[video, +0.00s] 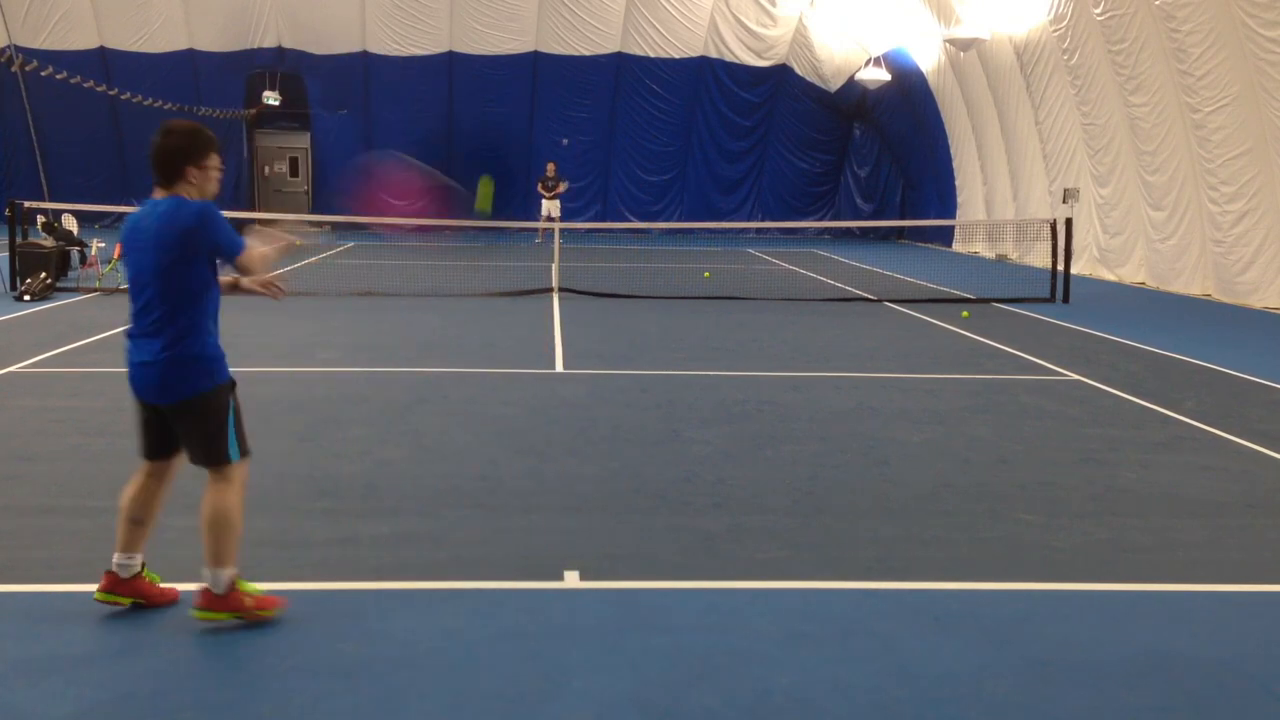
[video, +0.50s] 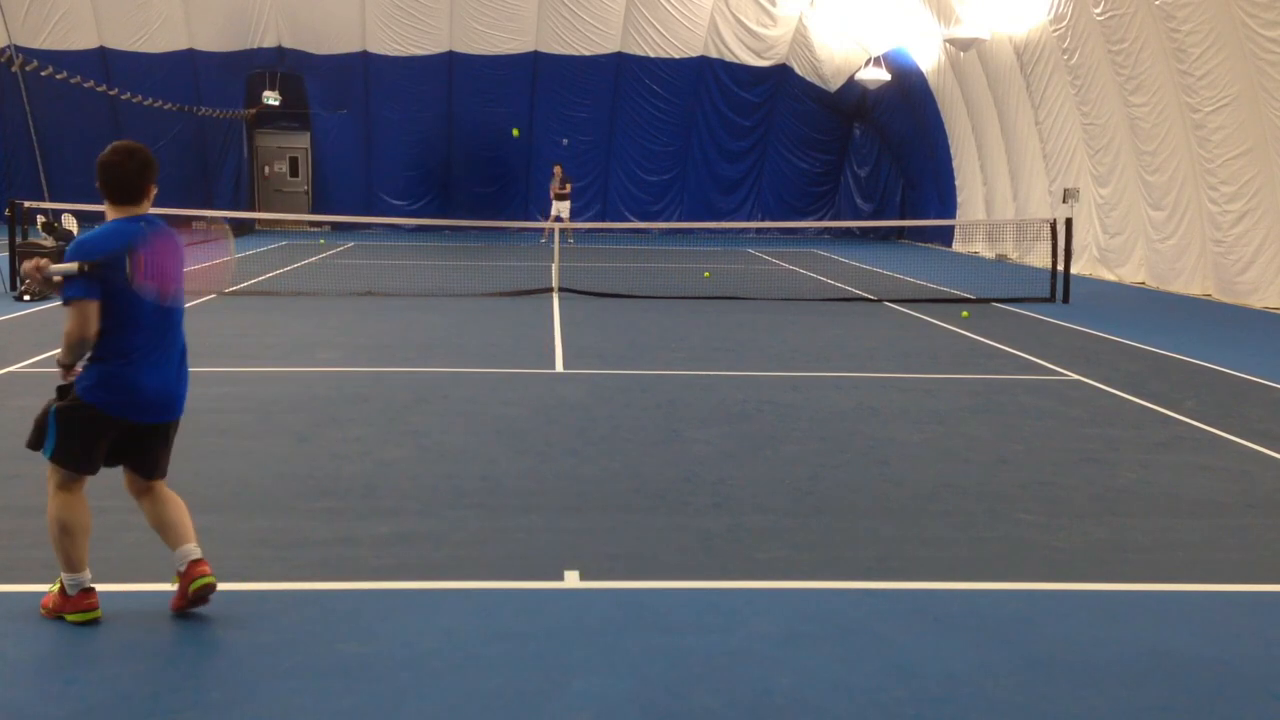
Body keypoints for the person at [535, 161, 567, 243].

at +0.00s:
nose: (550, 168)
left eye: (552, 166)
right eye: (548, 166)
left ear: (554, 168)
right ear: (546, 167)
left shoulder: (558, 178)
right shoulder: (543, 178)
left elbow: (561, 188)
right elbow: (539, 188)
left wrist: (553, 193)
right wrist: (546, 194)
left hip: (555, 200)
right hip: (545, 200)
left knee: (557, 219)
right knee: (543, 218)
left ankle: (557, 237)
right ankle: (540, 237)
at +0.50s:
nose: (556, 171)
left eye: (558, 169)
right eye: (555, 169)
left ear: (561, 170)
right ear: (553, 171)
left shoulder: (566, 179)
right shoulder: (553, 180)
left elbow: (568, 190)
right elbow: (551, 188)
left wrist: (557, 191)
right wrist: (552, 194)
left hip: (565, 201)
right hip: (556, 200)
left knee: (566, 219)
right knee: (552, 218)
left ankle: (570, 237)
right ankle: (545, 236)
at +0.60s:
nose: (558, 171)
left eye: (559, 169)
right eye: (556, 169)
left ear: (563, 169)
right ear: (555, 170)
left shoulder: (567, 178)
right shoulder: (556, 179)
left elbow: (566, 189)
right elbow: (555, 191)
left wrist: (555, 186)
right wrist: (552, 189)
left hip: (568, 200)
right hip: (560, 199)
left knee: (567, 219)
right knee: (556, 218)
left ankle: (570, 237)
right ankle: (552, 236)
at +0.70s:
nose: (558, 170)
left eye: (560, 168)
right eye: (557, 168)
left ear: (563, 168)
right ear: (556, 169)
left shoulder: (567, 176)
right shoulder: (559, 177)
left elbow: (561, 185)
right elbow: (555, 188)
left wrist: (551, 180)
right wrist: (548, 181)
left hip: (571, 198)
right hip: (563, 198)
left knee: (569, 216)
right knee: (561, 216)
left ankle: (571, 237)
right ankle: (563, 236)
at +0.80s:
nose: (559, 170)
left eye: (561, 168)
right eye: (558, 168)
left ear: (564, 168)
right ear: (557, 169)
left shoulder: (566, 176)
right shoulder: (560, 177)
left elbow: (559, 183)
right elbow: (551, 185)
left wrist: (550, 175)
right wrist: (549, 177)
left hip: (573, 198)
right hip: (566, 198)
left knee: (574, 217)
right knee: (566, 217)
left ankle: (577, 236)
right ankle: (568, 235)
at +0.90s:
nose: (560, 172)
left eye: (561, 170)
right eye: (559, 170)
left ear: (565, 170)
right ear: (558, 171)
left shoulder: (567, 178)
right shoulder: (563, 179)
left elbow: (558, 183)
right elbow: (557, 187)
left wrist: (548, 176)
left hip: (575, 200)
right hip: (568, 201)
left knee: (577, 218)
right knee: (567, 218)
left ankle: (587, 234)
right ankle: (570, 236)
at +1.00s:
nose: (560, 174)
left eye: (561, 172)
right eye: (560, 172)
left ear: (566, 172)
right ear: (561, 174)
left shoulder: (569, 180)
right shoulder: (566, 182)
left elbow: (561, 185)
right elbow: (566, 193)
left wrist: (548, 184)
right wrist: (557, 190)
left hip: (577, 201)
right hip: (570, 201)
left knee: (581, 220)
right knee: (567, 219)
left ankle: (593, 234)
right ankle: (570, 236)